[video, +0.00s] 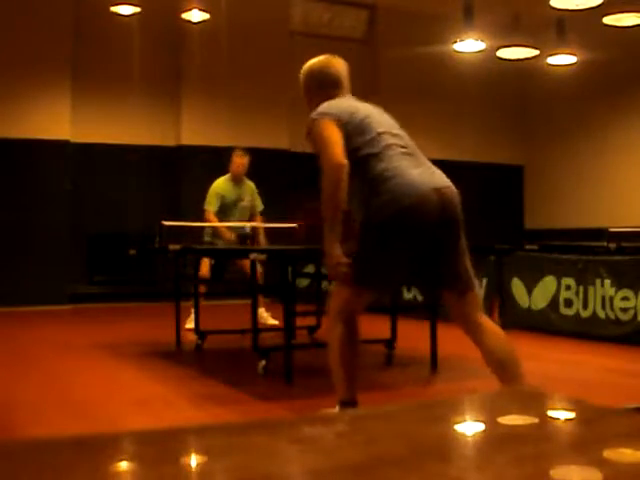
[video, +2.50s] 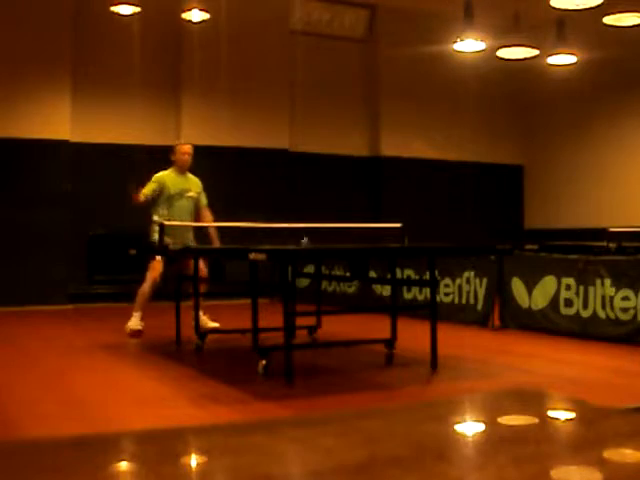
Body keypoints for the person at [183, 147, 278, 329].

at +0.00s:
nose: (239, 169)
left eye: (242, 165)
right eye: (236, 164)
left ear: (247, 167)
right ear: (230, 165)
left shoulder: (250, 187)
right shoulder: (219, 185)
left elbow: (257, 216)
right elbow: (209, 214)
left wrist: (261, 240)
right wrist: (224, 232)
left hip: (240, 239)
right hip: (216, 239)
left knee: (256, 271)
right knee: (204, 273)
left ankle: (260, 310)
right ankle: (194, 312)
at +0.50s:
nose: (251, 164)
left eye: (255, 162)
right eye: (249, 160)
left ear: (257, 165)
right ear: (241, 159)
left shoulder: (256, 189)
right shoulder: (227, 176)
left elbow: (263, 218)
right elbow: (207, 186)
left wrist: (267, 242)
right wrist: (213, 166)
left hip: (243, 238)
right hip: (220, 234)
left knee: (258, 273)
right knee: (205, 271)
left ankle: (260, 311)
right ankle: (190, 308)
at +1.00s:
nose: (210, 155)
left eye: (212, 152)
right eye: (207, 152)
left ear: (215, 154)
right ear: (198, 154)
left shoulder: (218, 178)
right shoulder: (187, 176)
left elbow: (231, 200)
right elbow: (182, 203)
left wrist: (248, 216)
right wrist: (205, 205)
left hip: (214, 235)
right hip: (192, 235)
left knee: (220, 271)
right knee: (188, 275)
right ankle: (182, 309)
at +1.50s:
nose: (190, 161)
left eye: (192, 157)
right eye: (186, 157)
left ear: (195, 160)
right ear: (177, 160)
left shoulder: (196, 185)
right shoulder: (165, 182)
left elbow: (203, 212)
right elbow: (157, 209)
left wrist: (211, 230)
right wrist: (174, 219)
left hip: (187, 236)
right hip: (165, 236)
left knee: (204, 270)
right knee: (156, 273)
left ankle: (205, 310)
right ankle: (138, 315)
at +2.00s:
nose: (177, 164)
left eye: (180, 161)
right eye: (174, 160)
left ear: (182, 163)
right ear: (164, 161)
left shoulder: (181, 185)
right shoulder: (152, 182)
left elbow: (184, 216)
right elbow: (148, 213)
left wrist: (189, 242)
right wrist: (160, 238)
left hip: (173, 236)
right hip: (150, 235)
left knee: (189, 272)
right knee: (148, 275)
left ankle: (198, 314)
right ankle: (133, 318)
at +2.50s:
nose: (186, 158)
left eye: (189, 154)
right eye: (183, 154)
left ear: (192, 158)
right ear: (174, 156)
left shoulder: (196, 183)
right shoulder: (162, 178)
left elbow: (205, 212)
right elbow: (144, 196)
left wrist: (214, 239)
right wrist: (140, 196)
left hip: (186, 239)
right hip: (163, 239)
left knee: (200, 272)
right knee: (154, 275)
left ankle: (199, 314)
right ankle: (136, 316)